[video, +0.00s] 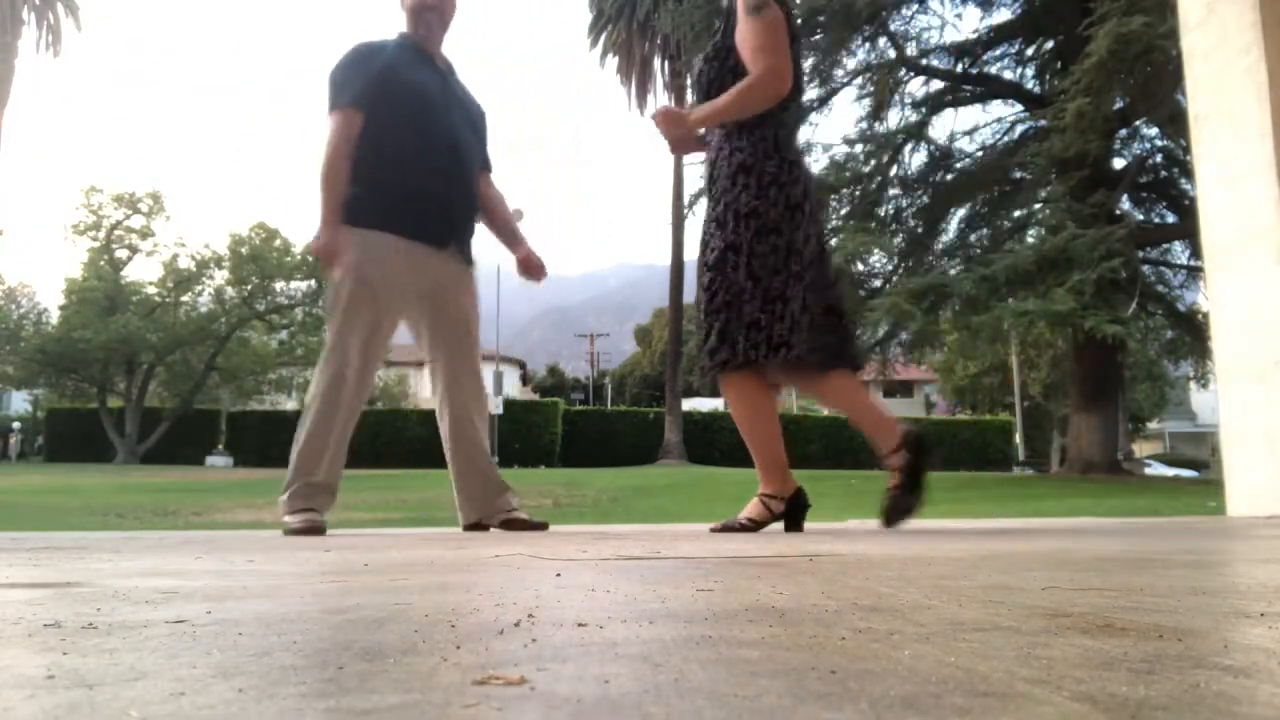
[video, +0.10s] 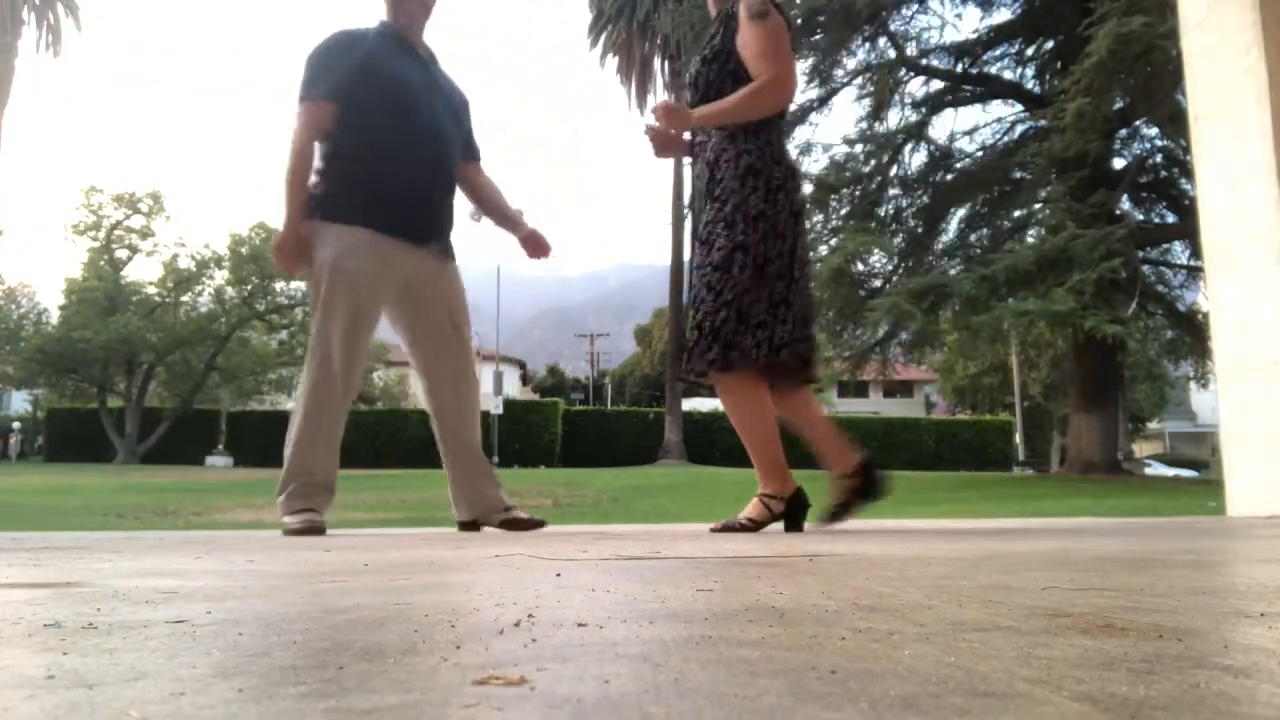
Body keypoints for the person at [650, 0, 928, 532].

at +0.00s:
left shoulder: (751, 5)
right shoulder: (735, 25)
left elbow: (774, 77)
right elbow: (757, 115)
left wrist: (695, 117)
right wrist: (698, 140)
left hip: (752, 186)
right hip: (769, 187)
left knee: (731, 343)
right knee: (786, 345)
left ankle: (777, 490)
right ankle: (896, 442)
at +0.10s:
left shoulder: (753, 11)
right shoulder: (722, 40)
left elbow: (778, 87)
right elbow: (736, 134)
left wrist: (693, 116)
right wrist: (682, 144)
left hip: (749, 193)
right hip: (742, 194)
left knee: (722, 347)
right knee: (755, 355)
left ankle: (776, 490)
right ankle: (848, 465)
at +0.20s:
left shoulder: (748, 12)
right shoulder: (704, 41)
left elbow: (786, 81)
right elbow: (719, 136)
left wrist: (700, 112)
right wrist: (667, 143)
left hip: (748, 190)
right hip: (719, 196)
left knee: (714, 343)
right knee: (722, 344)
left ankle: (777, 487)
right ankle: (775, 487)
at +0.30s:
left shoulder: (742, 16)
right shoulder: (681, 49)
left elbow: (786, 84)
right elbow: (701, 151)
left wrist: (705, 111)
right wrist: (655, 145)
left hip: (745, 193)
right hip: (703, 202)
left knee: (734, 342)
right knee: (692, 348)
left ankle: (779, 489)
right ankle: (698, 488)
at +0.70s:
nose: (644, 4)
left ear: (676, 5)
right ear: (626, 8)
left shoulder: (704, 54)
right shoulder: (617, 78)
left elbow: (746, 127)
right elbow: (617, 168)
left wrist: (685, 136)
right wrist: (605, 150)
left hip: (711, 221)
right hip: (658, 228)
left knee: (722, 345)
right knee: (640, 355)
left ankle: (769, 482)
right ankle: (658, 495)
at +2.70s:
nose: (656, 10)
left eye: (664, 1)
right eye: (655, 3)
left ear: (698, 4)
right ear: (670, 13)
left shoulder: (733, 47)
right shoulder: (674, 81)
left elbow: (774, 119)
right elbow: (677, 176)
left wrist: (707, 111)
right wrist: (625, 154)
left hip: (733, 215)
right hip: (686, 221)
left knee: (723, 349)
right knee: (666, 353)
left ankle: (756, 493)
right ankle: (690, 491)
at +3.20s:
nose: (661, 10)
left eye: (671, 2)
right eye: (659, 4)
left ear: (705, 5)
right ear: (665, 13)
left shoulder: (736, 62)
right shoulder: (657, 83)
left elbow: (782, 131)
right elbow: (604, 144)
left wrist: (762, 80)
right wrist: (560, 98)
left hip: (727, 221)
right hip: (674, 227)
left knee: (729, 348)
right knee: (668, 361)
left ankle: (767, 484)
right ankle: (687, 494)